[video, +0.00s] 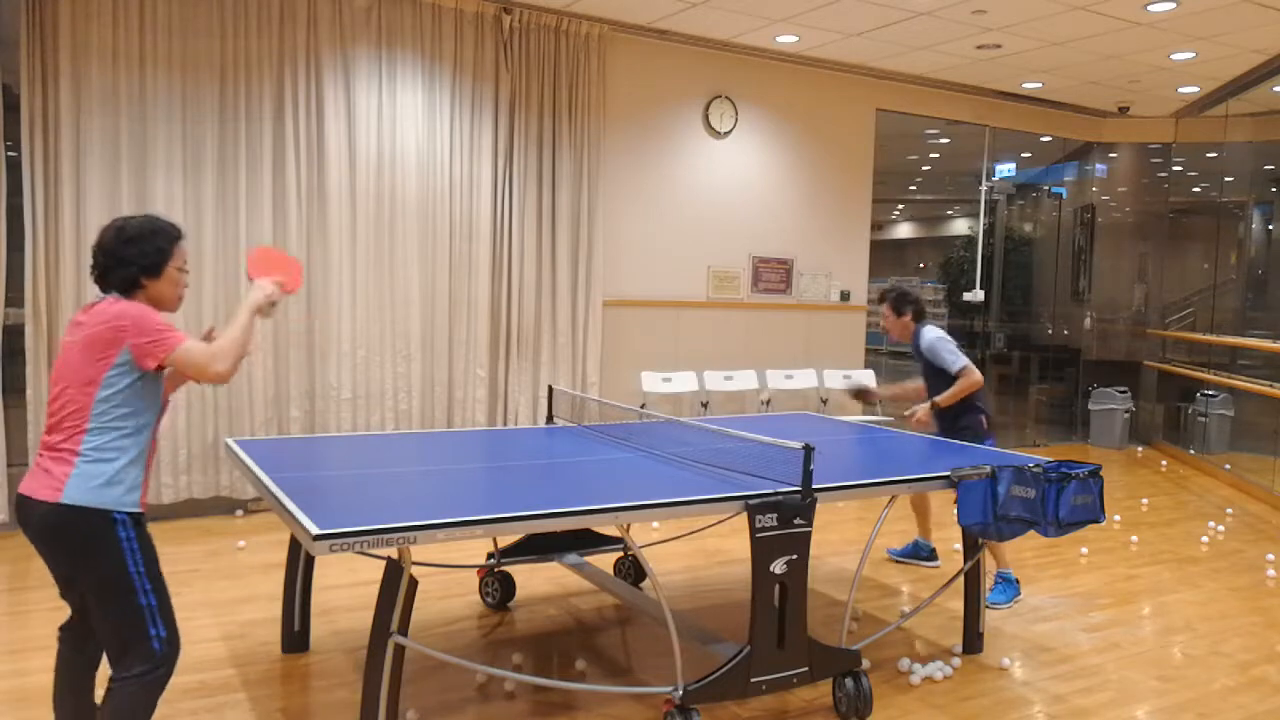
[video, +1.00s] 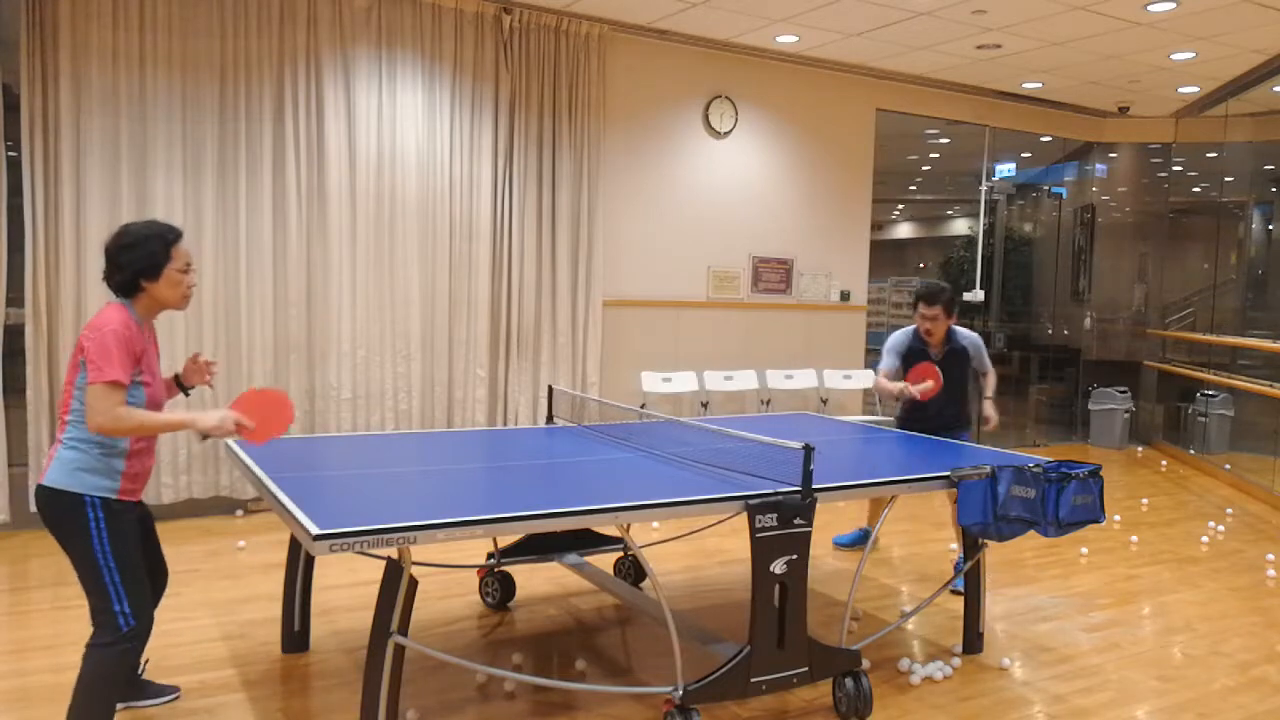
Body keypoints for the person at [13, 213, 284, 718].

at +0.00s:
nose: (186, 281)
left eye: (185, 270)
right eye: (179, 270)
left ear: (133, 272)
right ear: (144, 273)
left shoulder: (92, 317)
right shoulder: (129, 319)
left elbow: (131, 406)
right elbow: (218, 364)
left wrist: (189, 360)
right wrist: (253, 303)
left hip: (45, 500)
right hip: (95, 508)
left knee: (87, 626)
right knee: (151, 651)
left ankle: (75, 711)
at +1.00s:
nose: (192, 278)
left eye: (191, 268)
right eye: (182, 269)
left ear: (150, 278)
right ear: (145, 277)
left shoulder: (140, 327)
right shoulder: (114, 325)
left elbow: (135, 400)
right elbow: (104, 417)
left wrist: (179, 380)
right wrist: (195, 421)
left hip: (116, 491)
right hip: (82, 493)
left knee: (151, 580)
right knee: (124, 621)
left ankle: (122, 681)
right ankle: (86, 712)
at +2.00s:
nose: (210, 268)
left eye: (209, 259)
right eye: (201, 260)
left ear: (172, 267)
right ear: (167, 266)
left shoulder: (166, 310)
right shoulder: (148, 303)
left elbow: (157, 390)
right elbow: (217, 342)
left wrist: (211, 380)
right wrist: (248, 283)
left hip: (149, 467)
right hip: (126, 468)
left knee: (169, 565)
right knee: (131, 595)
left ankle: (137, 669)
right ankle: (101, 711)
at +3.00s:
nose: (196, 275)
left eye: (194, 266)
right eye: (187, 268)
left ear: (155, 278)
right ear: (155, 277)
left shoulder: (139, 321)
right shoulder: (134, 315)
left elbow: (148, 399)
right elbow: (207, 355)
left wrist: (199, 376)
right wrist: (244, 298)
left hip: (116, 482)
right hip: (110, 485)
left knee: (146, 590)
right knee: (161, 610)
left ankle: (133, 675)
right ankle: (126, 709)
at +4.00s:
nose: (177, 270)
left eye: (176, 259)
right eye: (168, 261)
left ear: (129, 267)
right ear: (132, 266)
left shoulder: (109, 313)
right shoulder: (100, 310)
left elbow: (145, 382)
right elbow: (150, 380)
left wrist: (195, 343)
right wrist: (218, 331)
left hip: (48, 488)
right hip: (60, 492)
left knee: (70, 618)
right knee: (111, 634)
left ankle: (49, 711)